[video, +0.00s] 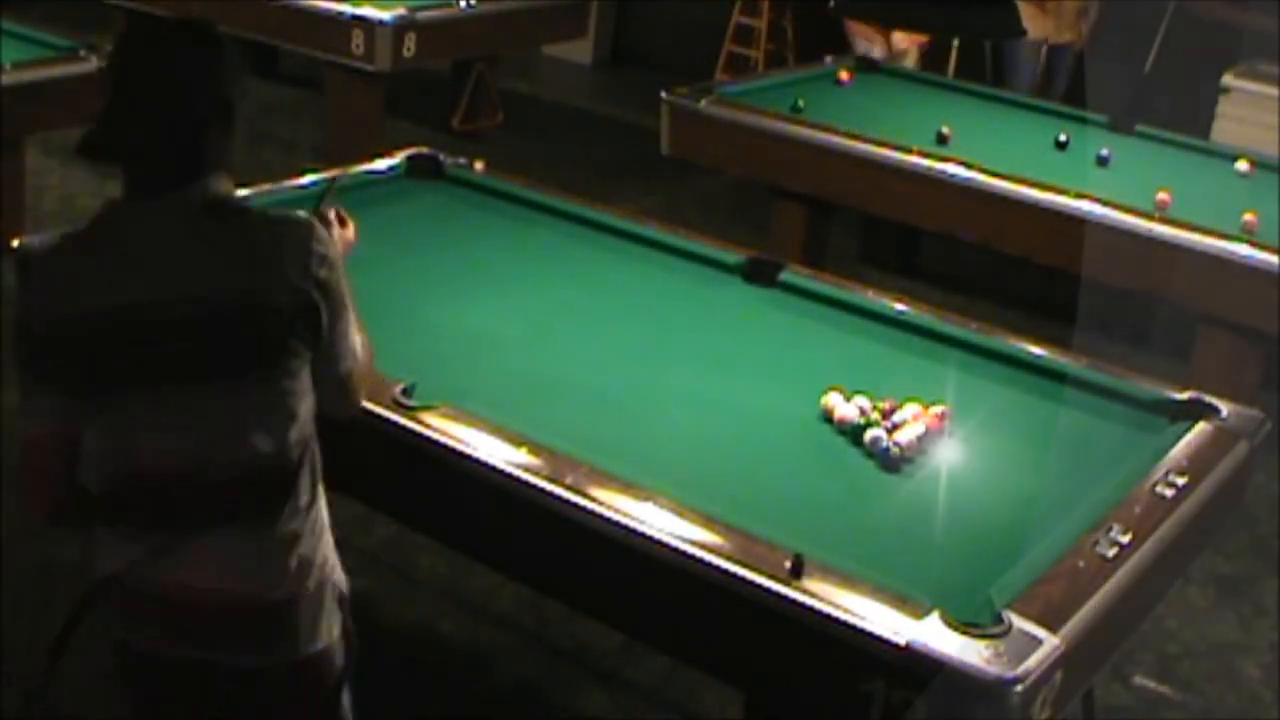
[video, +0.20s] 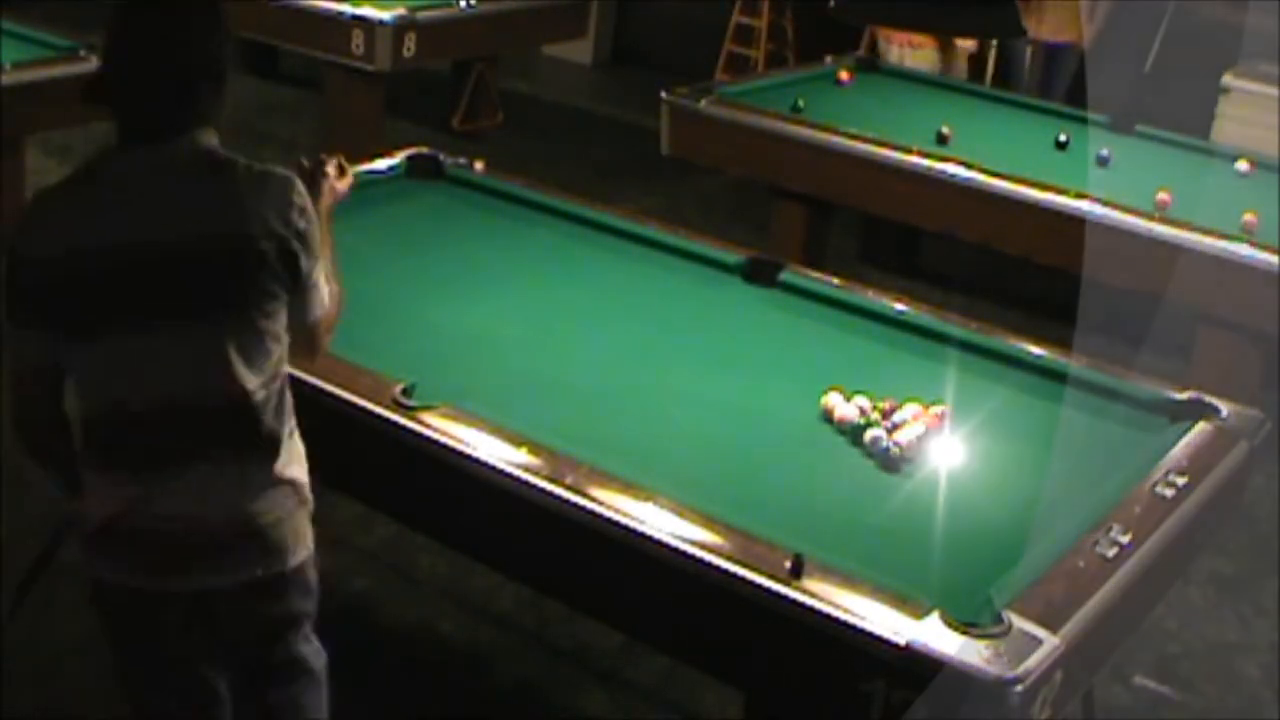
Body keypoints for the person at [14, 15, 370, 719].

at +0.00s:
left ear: (114, 128)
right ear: (227, 126)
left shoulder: (55, 274)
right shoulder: (292, 250)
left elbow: (46, 467)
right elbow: (349, 392)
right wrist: (334, 264)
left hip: (138, 618)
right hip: (283, 621)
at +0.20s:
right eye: (215, 70)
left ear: (108, 83)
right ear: (220, 84)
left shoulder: (52, 218)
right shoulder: (271, 201)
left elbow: (31, 402)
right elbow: (312, 333)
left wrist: (86, 490)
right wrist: (322, 214)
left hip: (127, 542)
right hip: (261, 537)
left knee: (163, 691)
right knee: (287, 677)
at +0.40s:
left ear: (106, 70)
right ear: (205, 71)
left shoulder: (46, 189)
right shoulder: (251, 174)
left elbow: (19, 345)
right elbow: (283, 310)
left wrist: (49, 444)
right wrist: (277, 185)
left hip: (112, 486)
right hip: (234, 484)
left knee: (164, 679)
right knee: (226, 663)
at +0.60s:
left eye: (109, 41)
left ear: (107, 51)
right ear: (194, 51)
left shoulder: (61, 151)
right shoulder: (239, 149)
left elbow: (23, 293)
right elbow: (244, 273)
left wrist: (23, 384)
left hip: (93, 445)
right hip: (198, 437)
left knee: (141, 638)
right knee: (165, 618)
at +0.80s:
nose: (83, 25)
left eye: (87, 15)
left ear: (89, 20)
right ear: (164, 22)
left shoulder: (51, 111)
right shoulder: (207, 110)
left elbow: (25, 245)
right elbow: (195, 214)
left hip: (80, 389)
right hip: (174, 379)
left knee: (58, 546)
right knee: (158, 558)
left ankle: (146, 696)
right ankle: (164, 692)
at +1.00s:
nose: (27, 15)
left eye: (35, 8)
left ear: (48, 9)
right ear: (121, 6)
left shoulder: (25, 94)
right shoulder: (164, 83)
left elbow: (13, 227)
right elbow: (139, 194)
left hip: (36, 364)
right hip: (134, 355)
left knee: (18, 535)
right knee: (139, 543)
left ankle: (23, 679)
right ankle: (148, 691)